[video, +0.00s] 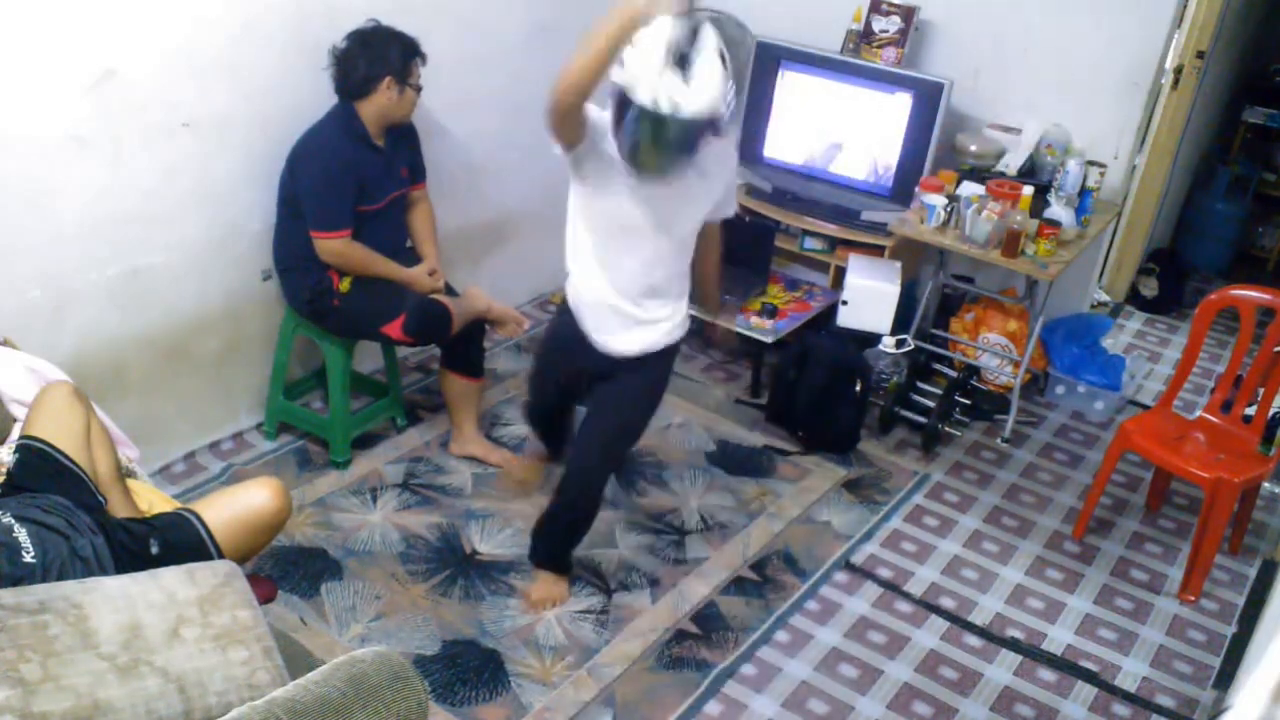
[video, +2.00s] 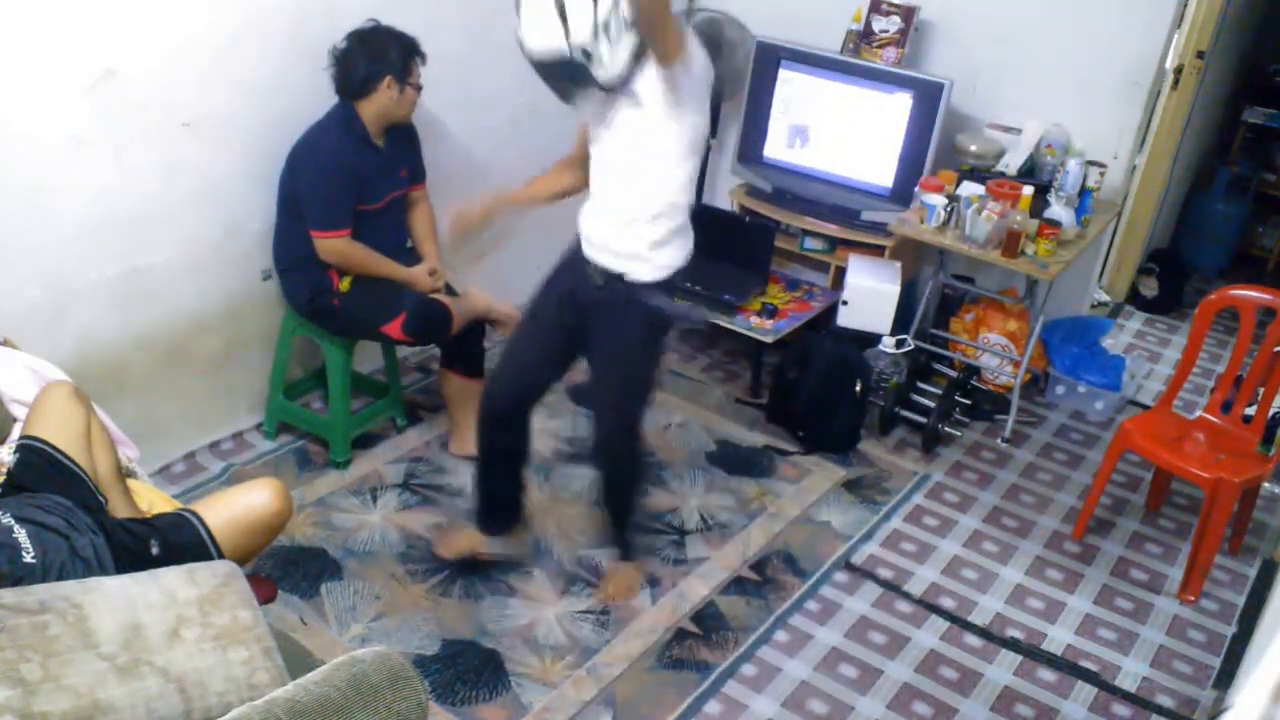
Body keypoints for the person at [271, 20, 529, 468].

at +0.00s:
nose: (419, 95)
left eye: (419, 86)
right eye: (416, 86)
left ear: (386, 87)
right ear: (387, 87)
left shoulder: (399, 130)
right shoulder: (326, 151)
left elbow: (418, 201)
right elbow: (332, 249)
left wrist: (429, 258)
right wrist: (407, 277)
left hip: (388, 265)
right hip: (325, 284)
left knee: (465, 323)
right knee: (427, 322)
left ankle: (466, 435)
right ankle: (477, 305)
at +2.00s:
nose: (419, 96)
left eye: (420, 87)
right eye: (416, 87)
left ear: (386, 86)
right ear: (388, 86)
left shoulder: (399, 130)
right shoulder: (326, 150)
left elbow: (417, 201)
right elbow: (331, 248)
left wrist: (431, 259)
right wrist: (407, 275)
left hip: (388, 262)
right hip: (326, 283)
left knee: (465, 326)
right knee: (421, 322)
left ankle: (465, 438)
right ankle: (476, 306)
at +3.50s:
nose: (419, 95)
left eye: (419, 86)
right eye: (416, 86)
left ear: (387, 86)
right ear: (388, 86)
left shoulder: (399, 132)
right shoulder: (326, 151)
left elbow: (417, 203)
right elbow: (332, 249)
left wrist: (429, 260)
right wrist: (407, 276)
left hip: (387, 266)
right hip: (326, 283)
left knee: (466, 322)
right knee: (425, 323)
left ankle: (465, 435)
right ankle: (477, 304)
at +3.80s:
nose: (419, 95)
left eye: (419, 86)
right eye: (416, 86)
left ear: (387, 87)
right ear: (387, 87)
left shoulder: (399, 131)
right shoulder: (326, 151)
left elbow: (417, 202)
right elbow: (332, 249)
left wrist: (429, 259)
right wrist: (407, 276)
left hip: (388, 265)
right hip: (327, 283)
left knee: (466, 322)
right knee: (424, 323)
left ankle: (466, 435)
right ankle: (477, 304)